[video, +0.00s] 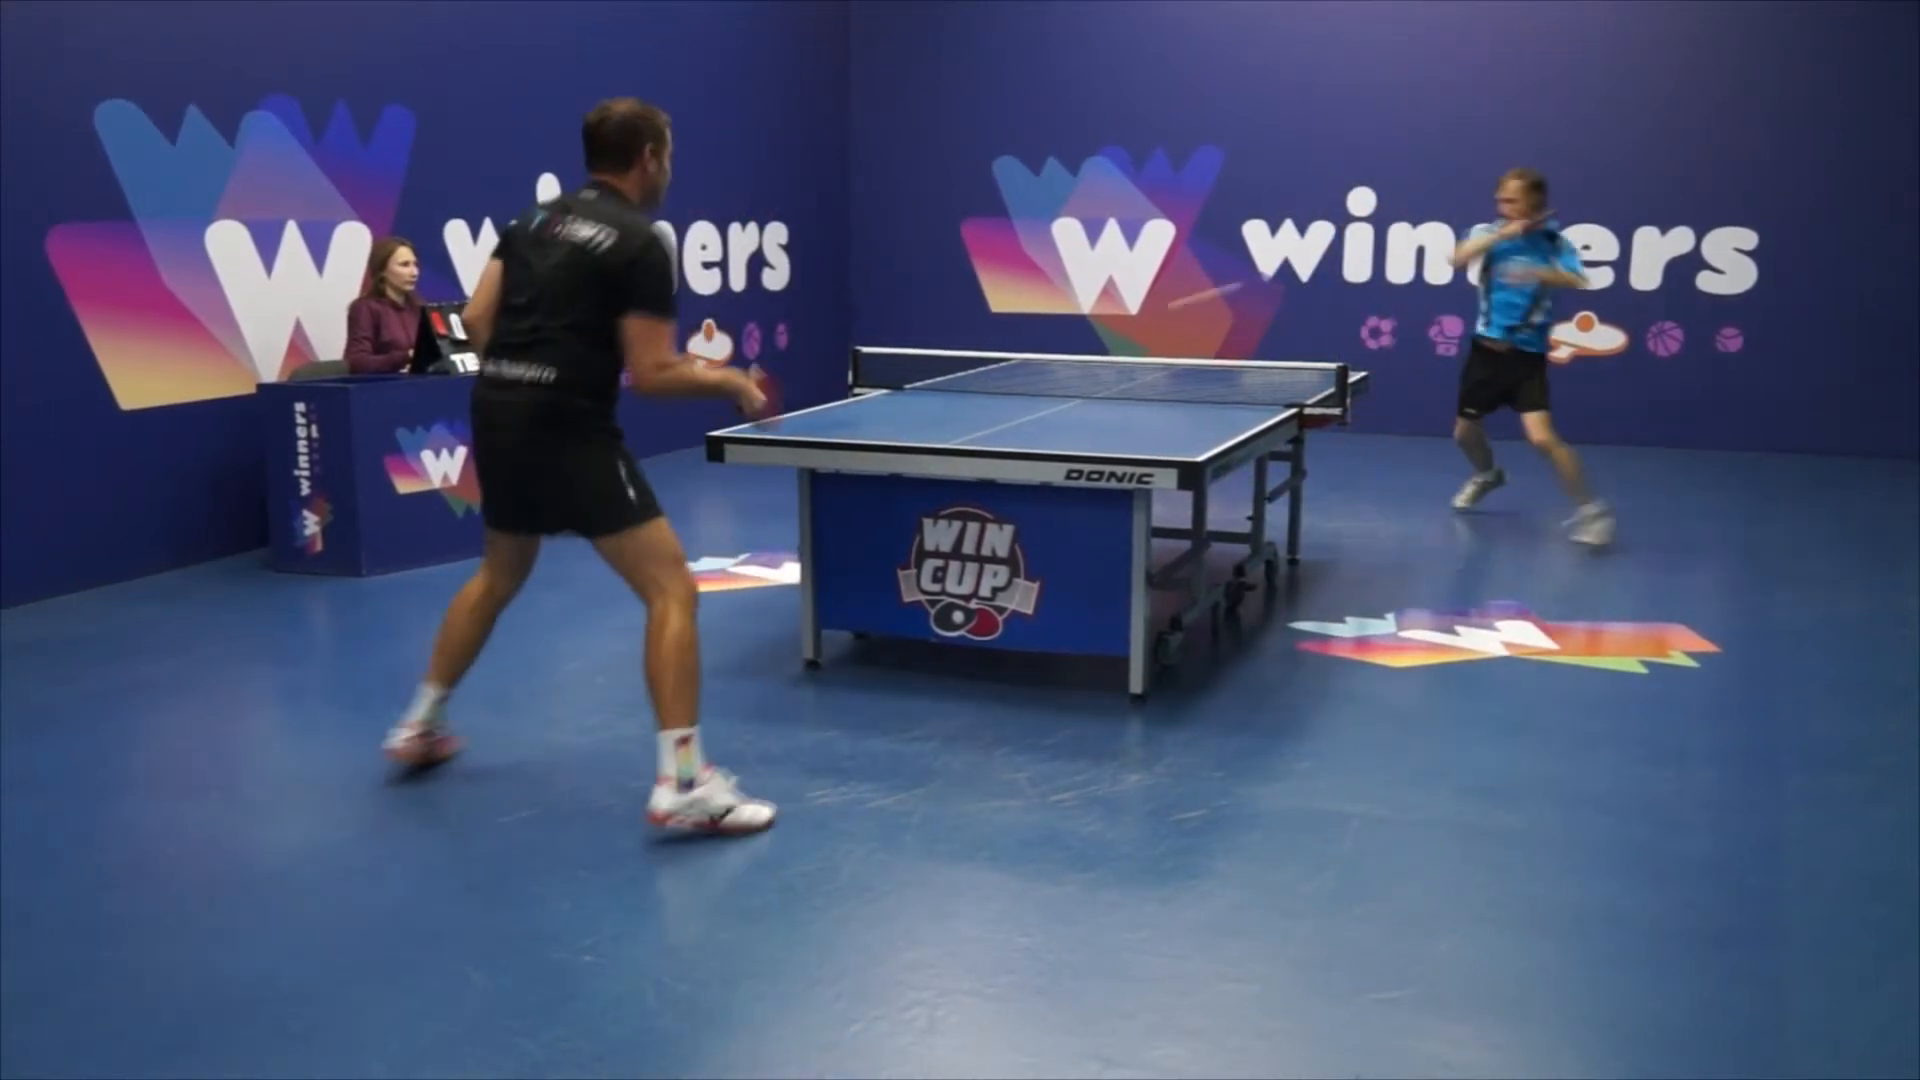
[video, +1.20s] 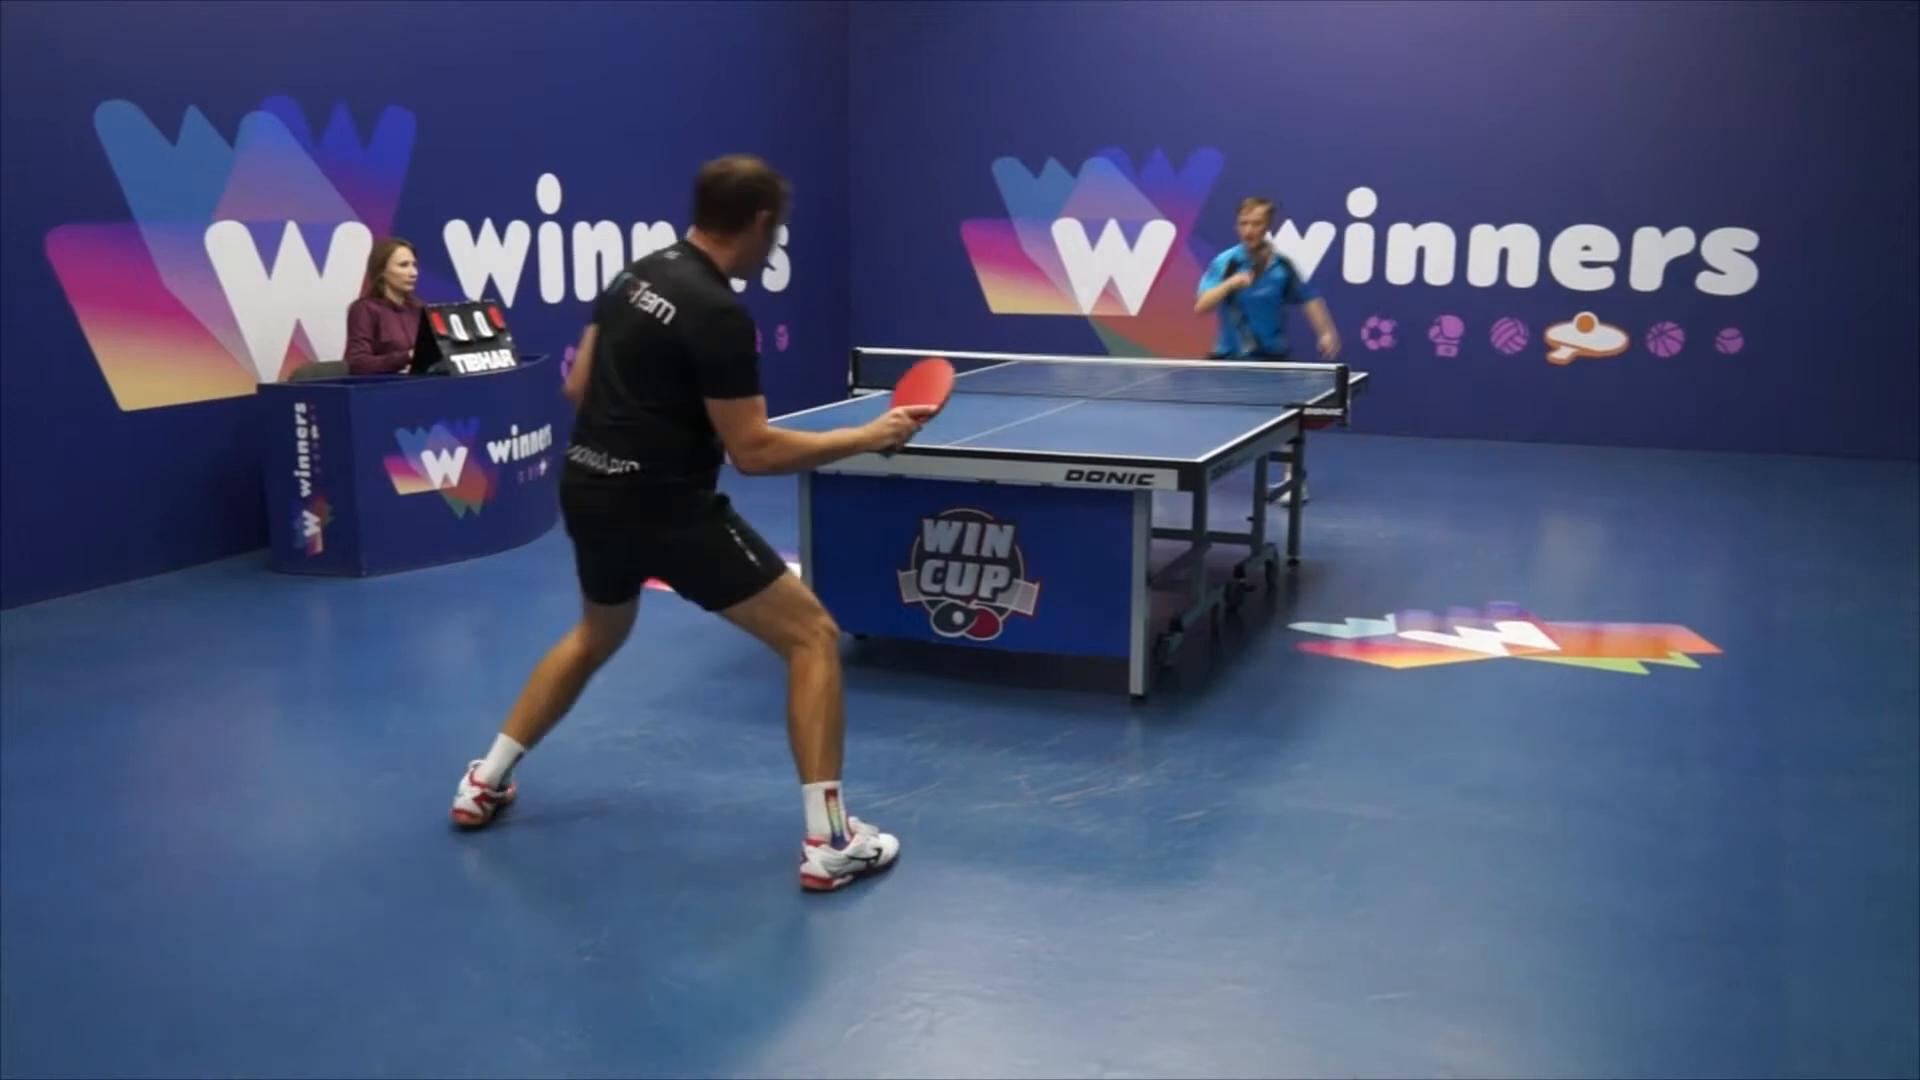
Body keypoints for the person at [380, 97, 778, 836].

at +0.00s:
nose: (669, 170)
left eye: (665, 157)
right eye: (666, 158)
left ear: (595, 158)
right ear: (648, 161)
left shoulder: (535, 220)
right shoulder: (642, 242)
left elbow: (479, 319)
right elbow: (651, 371)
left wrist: (536, 357)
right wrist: (733, 380)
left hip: (498, 422)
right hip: (573, 431)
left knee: (499, 573)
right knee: (671, 589)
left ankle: (419, 721)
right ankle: (682, 779)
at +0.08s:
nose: (662, 192)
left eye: (661, 180)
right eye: (660, 180)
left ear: (590, 175)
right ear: (636, 182)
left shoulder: (535, 238)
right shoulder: (610, 263)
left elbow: (476, 331)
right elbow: (610, 391)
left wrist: (508, 404)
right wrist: (724, 414)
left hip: (498, 448)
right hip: (571, 454)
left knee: (492, 603)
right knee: (667, 607)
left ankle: (379, 738)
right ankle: (682, 799)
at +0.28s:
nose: (569, 215)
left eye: (568, 201)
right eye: (566, 201)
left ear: (508, 191)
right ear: (541, 198)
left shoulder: (473, 254)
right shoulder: (522, 290)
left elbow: (490, 376)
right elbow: (567, 410)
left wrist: (558, 417)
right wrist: (645, 420)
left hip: (469, 463)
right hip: (514, 470)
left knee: (478, 617)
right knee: (603, 619)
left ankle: (351, 734)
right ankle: (655, 802)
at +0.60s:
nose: (536, 190)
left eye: (532, 179)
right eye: (533, 180)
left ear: (456, 188)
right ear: (516, 188)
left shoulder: (405, 270)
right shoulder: (543, 284)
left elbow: (387, 388)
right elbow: (593, 390)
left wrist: (453, 381)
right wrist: (609, 326)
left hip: (422, 478)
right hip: (508, 482)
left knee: (409, 600)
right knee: (618, 625)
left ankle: (344, 744)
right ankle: (624, 797)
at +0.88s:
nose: (645, 174)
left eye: (642, 162)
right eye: (641, 164)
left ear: (564, 171)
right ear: (627, 171)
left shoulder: (504, 235)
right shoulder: (639, 248)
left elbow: (439, 332)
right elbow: (672, 381)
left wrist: (476, 389)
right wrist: (707, 363)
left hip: (504, 452)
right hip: (594, 453)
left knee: (481, 581)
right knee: (720, 594)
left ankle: (419, 739)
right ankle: (703, 774)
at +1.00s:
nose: (698, 201)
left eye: (692, 189)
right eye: (695, 190)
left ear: (621, 192)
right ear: (682, 196)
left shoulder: (563, 264)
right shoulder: (683, 285)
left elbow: (500, 367)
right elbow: (708, 418)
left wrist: (550, 419)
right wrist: (803, 429)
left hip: (552, 472)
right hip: (640, 480)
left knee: (533, 607)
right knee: (755, 643)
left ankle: (479, 775)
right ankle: (814, 824)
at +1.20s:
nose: (776, 239)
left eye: (776, 226)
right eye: (775, 227)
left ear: (703, 216)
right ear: (755, 226)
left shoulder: (641, 273)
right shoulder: (719, 316)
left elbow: (579, 383)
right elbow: (754, 450)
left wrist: (649, 424)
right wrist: (865, 438)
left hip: (589, 492)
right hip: (668, 507)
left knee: (598, 632)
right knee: (811, 636)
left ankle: (485, 778)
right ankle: (829, 836)